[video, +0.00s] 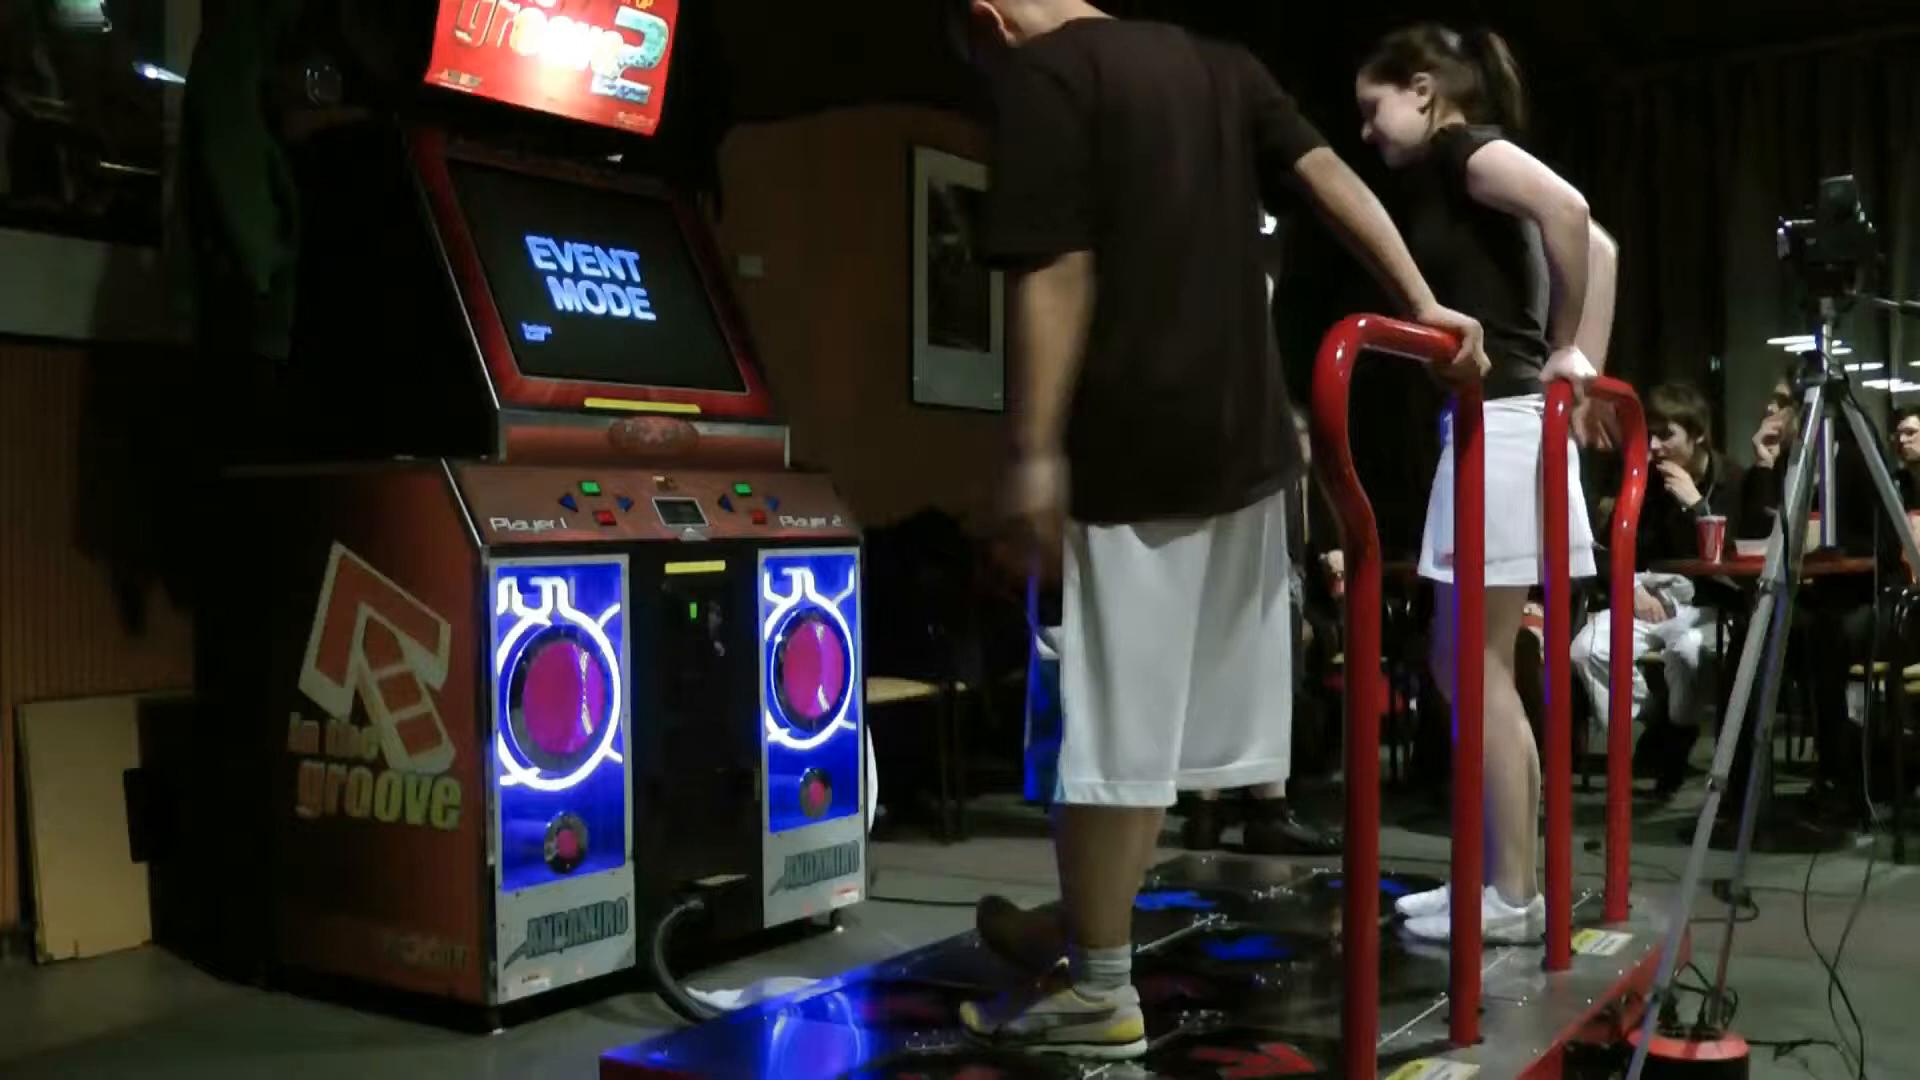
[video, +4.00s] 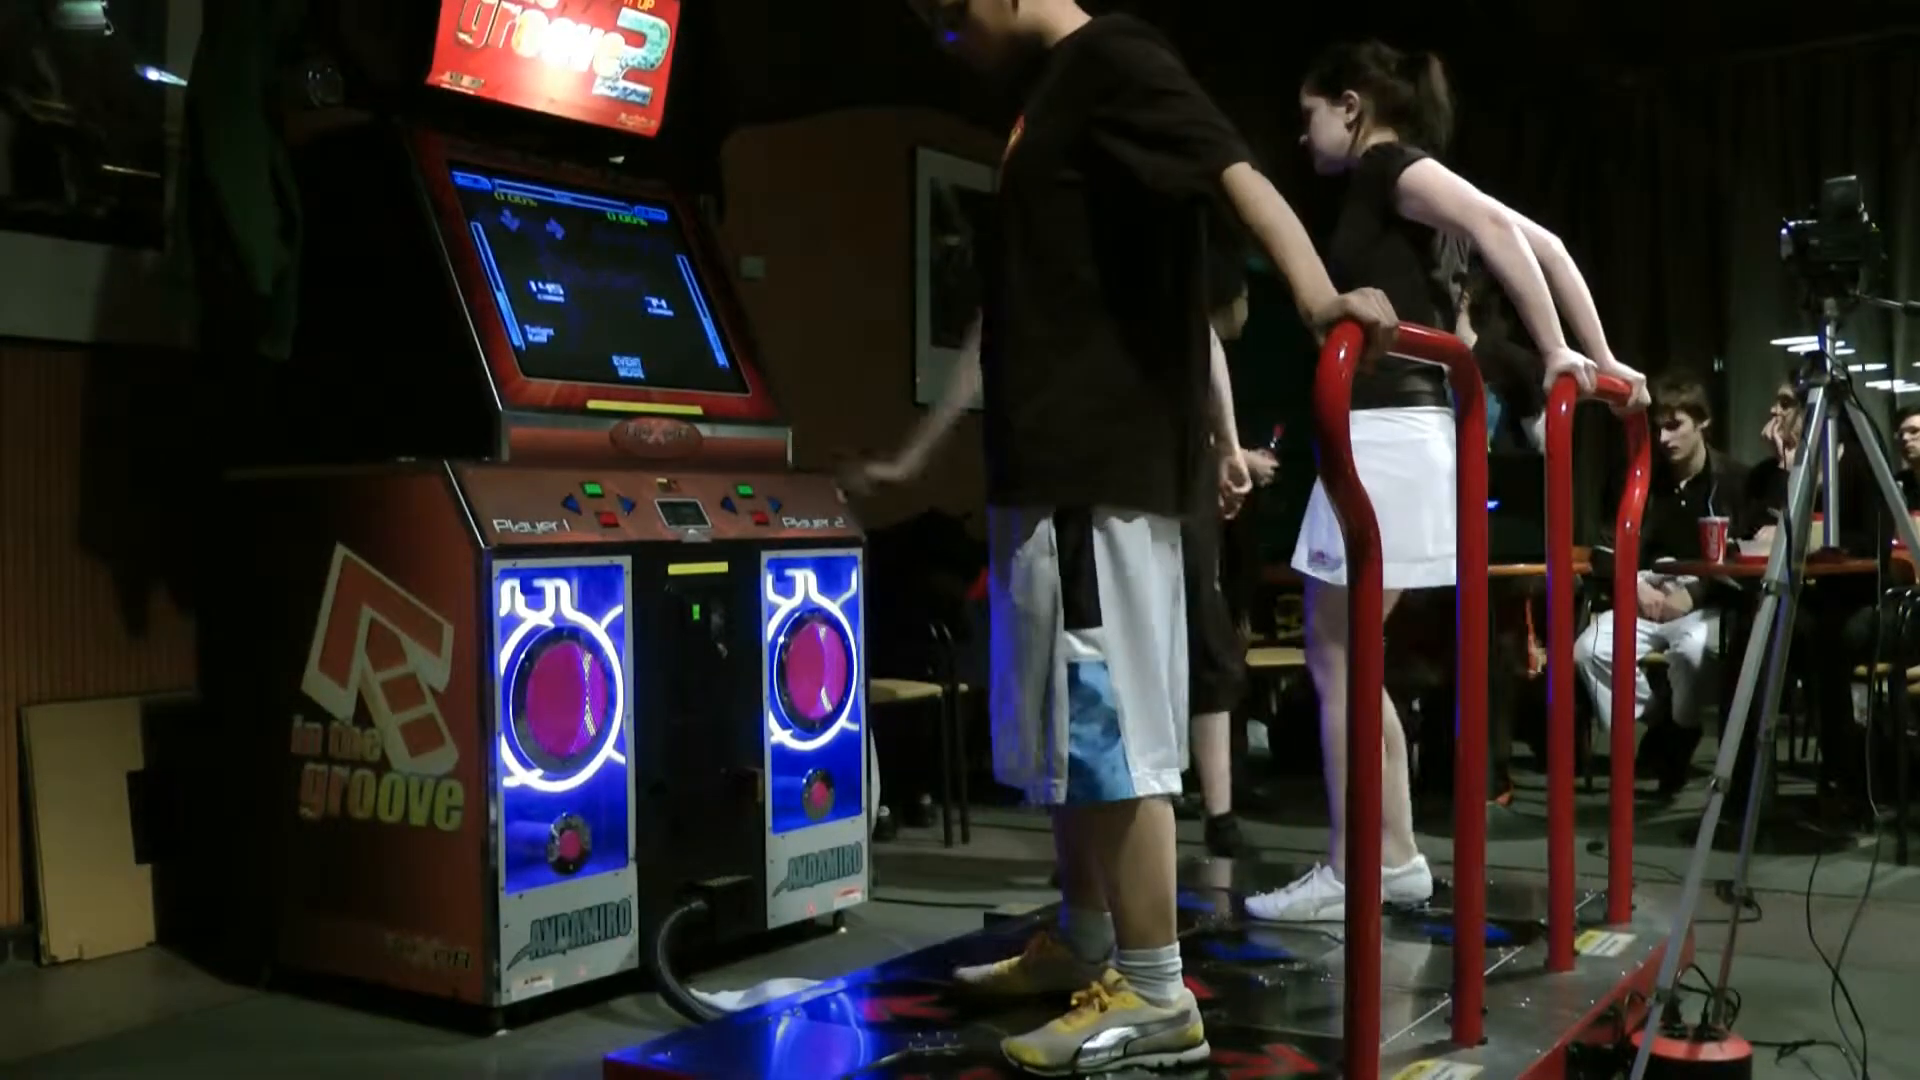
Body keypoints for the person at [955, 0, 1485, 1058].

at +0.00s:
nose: (992, 43)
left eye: (981, 34)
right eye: (988, 36)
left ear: (993, 13)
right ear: (1083, 0)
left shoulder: (1038, 77)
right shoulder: (1216, 62)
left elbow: (1056, 269)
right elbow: (1328, 176)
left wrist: (1035, 446)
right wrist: (1422, 302)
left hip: (1131, 455)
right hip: (1244, 445)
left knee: (1115, 723)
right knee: (1175, 710)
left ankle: (1101, 995)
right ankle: (1090, 930)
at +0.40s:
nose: (1037, 41)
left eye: (1033, 26)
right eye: (1035, 29)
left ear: (1057, 10)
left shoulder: (1113, 72)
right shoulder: (1255, 79)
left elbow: (1164, 219)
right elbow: (1365, 188)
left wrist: (1174, 392)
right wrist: (1432, 313)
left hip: (1171, 454)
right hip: (1271, 446)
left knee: (1133, 730)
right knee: (1219, 723)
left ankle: (1095, 1002)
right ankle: (1207, 976)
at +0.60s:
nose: (1053, 59)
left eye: (1047, 40)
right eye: (1048, 45)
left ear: (1071, 15)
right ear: (1146, 2)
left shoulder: (1127, 54)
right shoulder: (1243, 80)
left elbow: (1235, 151)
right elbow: (1358, 170)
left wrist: (1292, 295)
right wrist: (1423, 303)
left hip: (1181, 456)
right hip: (1277, 461)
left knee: (1130, 728)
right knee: (1228, 724)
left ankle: (1095, 992)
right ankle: (1217, 977)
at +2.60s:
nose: (946, 72)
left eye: (935, 49)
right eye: (934, 57)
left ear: (958, 10)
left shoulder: (1034, 41)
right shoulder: (1148, 58)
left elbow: (1218, 168)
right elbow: (1281, 191)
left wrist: (1312, 297)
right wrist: (1408, 301)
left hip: (1077, 438)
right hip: (1174, 440)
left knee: (1039, 716)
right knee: (1119, 698)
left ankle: (1051, 1007)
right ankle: (1101, 945)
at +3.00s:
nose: (970, 48)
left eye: (968, 27)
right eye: (965, 33)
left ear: (1009, 7)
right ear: (1067, 0)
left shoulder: (1088, 65)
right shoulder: (1119, 77)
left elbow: (1222, 175)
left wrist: (1324, 303)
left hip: (1105, 460)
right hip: (1157, 461)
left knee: (1073, 720)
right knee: (1113, 715)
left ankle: (1113, 987)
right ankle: (1092, 950)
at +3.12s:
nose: (980, 36)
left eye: (984, 18)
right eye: (976, 25)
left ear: (1036, 3)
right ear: (1062, 12)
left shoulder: (1114, 65)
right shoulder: (1073, 100)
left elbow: (1236, 169)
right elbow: (1078, 340)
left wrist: (1324, 296)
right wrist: (951, 447)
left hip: (1124, 465)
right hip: (1104, 464)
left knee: (1102, 730)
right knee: (1097, 725)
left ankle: (1149, 986)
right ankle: (1085, 941)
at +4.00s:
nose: (960, 36)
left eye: (960, 16)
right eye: (952, 24)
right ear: (1016, 12)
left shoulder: (1115, 61)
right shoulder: (1045, 104)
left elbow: (1242, 181)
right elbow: (1008, 324)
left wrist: (1326, 302)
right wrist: (917, 462)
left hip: (1112, 468)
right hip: (1053, 468)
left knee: (1118, 732)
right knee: (1071, 726)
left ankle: (1157, 997)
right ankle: (1084, 945)